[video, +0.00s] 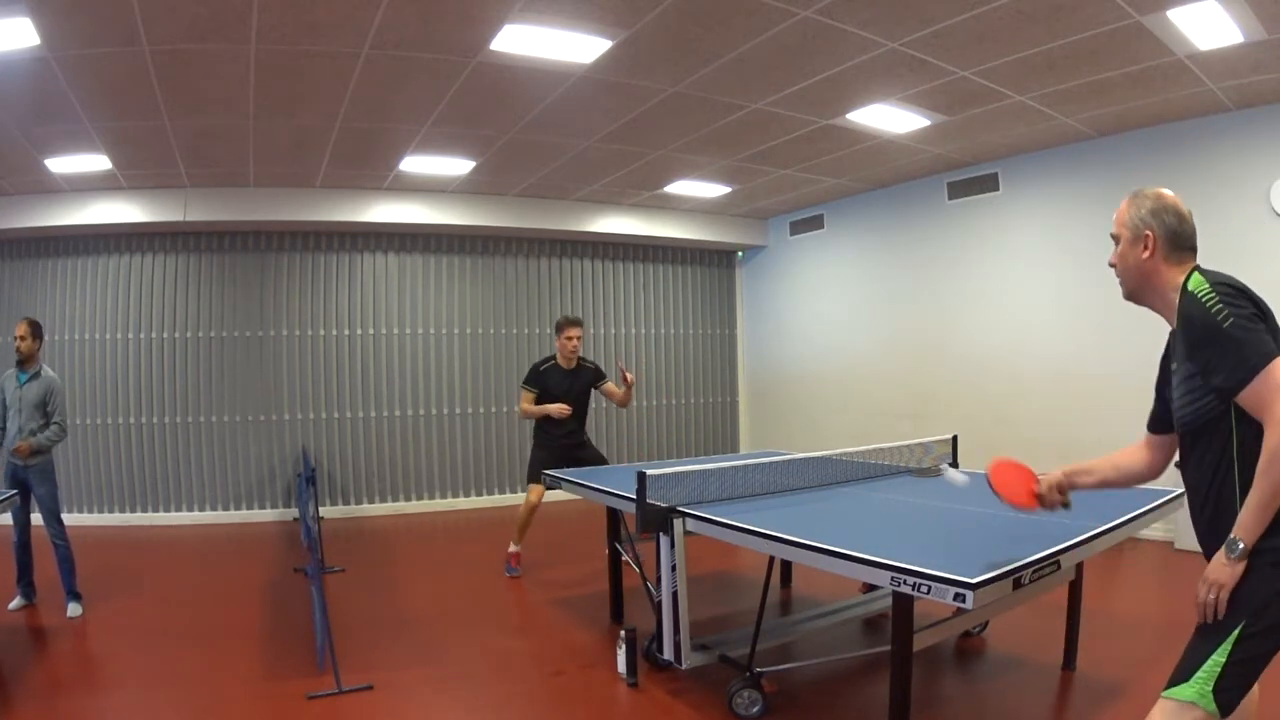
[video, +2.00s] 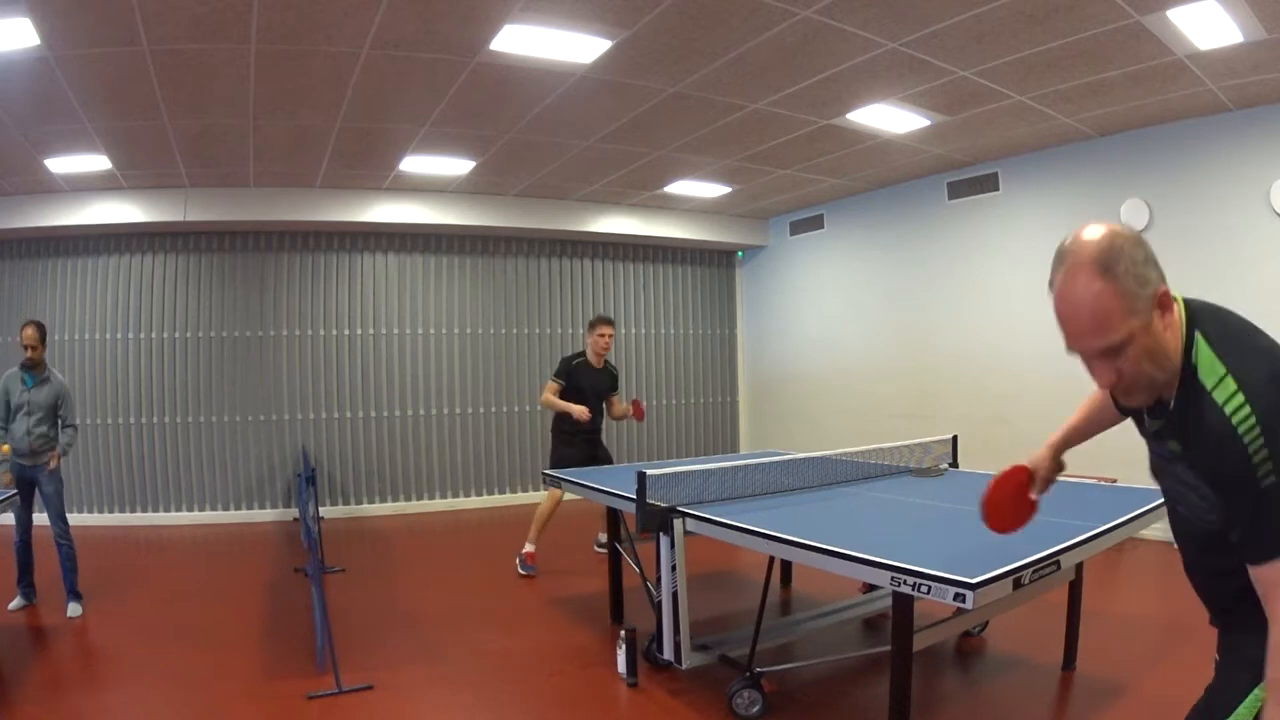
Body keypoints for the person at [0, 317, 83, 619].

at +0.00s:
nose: (17, 343)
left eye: (23, 338)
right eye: (15, 338)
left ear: (38, 343)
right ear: (15, 343)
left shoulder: (50, 382)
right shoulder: (6, 380)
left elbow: (60, 427)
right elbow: (4, 420)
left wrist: (34, 444)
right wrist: (5, 447)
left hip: (39, 465)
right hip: (10, 464)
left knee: (55, 531)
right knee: (20, 532)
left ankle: (72, 596)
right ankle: (26, 592)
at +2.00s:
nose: (28, 352)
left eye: (33, 347)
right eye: (25, 347)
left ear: (44, 347)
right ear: (20, 346)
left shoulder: (57, 385)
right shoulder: (8, 381)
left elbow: (69, 427)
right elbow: (3, 425)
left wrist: (59, 453)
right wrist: (5, 466)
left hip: (47, 465)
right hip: (17, 465)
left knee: (60, 532)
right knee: (22, 533)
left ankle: (73, 596)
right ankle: (26, 593)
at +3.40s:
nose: (18, 343)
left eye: (24, 338)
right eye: (16, 338)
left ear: (38, 343)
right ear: (14, 343)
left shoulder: (53, 384)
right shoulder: (6, 380)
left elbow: (61, 428)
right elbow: (4, 416)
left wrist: (42, 449)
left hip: (40, 464)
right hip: (11, 464)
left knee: (57, 533)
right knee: (19, 533)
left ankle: (72, 596)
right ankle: (26, 593)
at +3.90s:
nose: (17, 345)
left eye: (23, 340)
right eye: (15, 340)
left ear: (38, 344)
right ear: (13, 344)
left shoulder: (52, 383)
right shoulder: (6, 380)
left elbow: (61, 428)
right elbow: (2, 415)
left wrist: (41, 450)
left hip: (41, 464)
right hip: (11, 464)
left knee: (57, 532)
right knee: (20, 533)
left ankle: (72, 596)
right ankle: (26, 593)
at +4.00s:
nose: (17, 345)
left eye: (23, 340)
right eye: (15, 340)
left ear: (38, 344)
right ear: (13, 344)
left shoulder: (52, 383)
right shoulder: (7, 379)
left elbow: (62, 428)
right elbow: (3, 420)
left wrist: (41, 450)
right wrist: (1, 403)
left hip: (41, 463)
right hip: (11, 464)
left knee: (57, 531)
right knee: (20, 533)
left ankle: (72, 596)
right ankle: (26, 593)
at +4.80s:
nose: (18, 345)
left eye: (24, 340)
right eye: (15, 340)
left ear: (38, 344)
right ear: (13, 343)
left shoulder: (52, 382)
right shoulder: (6, 381)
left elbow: (62, 428)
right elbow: (3, 419)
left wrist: (42, 451)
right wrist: (8, 448)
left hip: (41, 463)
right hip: (11, 463)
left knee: (57, 531)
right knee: (20, 532)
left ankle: (73, 596)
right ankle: (26, 593)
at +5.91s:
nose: (12, 348)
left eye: (18, 343)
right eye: (10, 343)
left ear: (33, 345)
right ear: (10, 345)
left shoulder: (49, 381)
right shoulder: (5, 381)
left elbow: (61, 426)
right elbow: (3, 425)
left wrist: (39, 453)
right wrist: (3, 463)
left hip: (41, 463)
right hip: (12, 463)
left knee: (57, 531)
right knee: (20, 532)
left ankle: (72, 596)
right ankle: (26, 593)